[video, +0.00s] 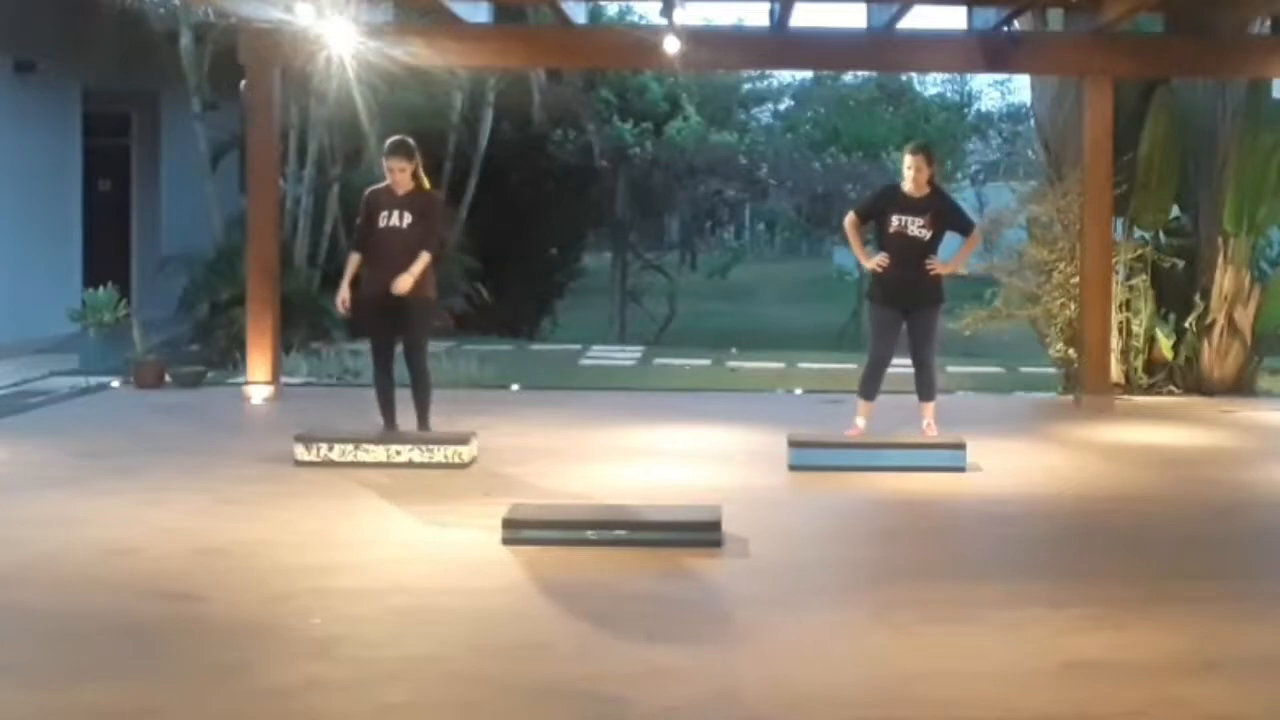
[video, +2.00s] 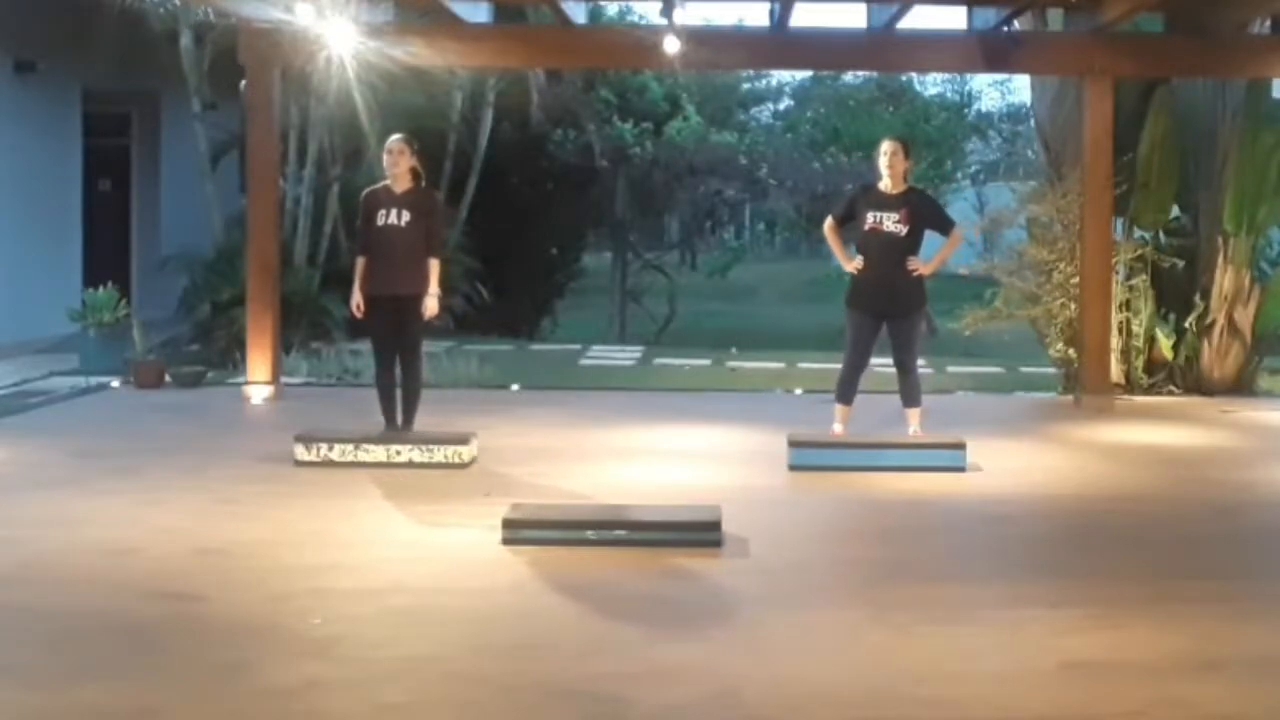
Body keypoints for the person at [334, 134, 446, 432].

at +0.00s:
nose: (395, 176)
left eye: (401, 170)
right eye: (390, 170)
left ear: (414, 168)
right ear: (384, 168)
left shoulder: (430, 200)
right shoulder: (373, 197)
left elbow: (432, 244)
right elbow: (359, 244)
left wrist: (411, 274)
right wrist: (345, 284)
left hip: (415, 291)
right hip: (377, 291)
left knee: (416, 358)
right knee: (382, 359)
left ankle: (423, 424)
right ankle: (389, 424)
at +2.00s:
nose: (392, 159)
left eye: (399, 153)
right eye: (388, 153)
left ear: (413, 159)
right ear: (382, 158)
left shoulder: (428, 199)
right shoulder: (371, 197)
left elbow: (434, 249)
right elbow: (363, 247)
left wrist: (432, 291)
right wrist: (356, 287)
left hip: (412, 294)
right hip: (378, 294)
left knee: (410, 361)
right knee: (384, 361)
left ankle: (407, 424)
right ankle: (389, 423)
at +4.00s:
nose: (396, 162)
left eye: (403, 156)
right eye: (393, 156)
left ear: (418, 161)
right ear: (387, 159)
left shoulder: (430, 199)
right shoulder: (376, 197)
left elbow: (436, 250)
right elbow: (365, 248)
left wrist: (435, 293)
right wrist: (360, 290)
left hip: (413, 295)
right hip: (380, 294)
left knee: (412, 362)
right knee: (384, 363)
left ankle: (407, 424)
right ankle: (390, 423)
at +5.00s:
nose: (405, 170)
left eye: (412, 163)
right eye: (401, 163)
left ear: (424, 165)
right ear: (392, 165)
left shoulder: (434, 203)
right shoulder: (382, 195)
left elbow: (443, 253)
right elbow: (371, 244)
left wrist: (438, 294)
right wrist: (370, 285)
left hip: (418, 293)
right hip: (383, 291)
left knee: (417, 361)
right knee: (378, 363)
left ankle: (409, 423)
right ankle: (382, 421)